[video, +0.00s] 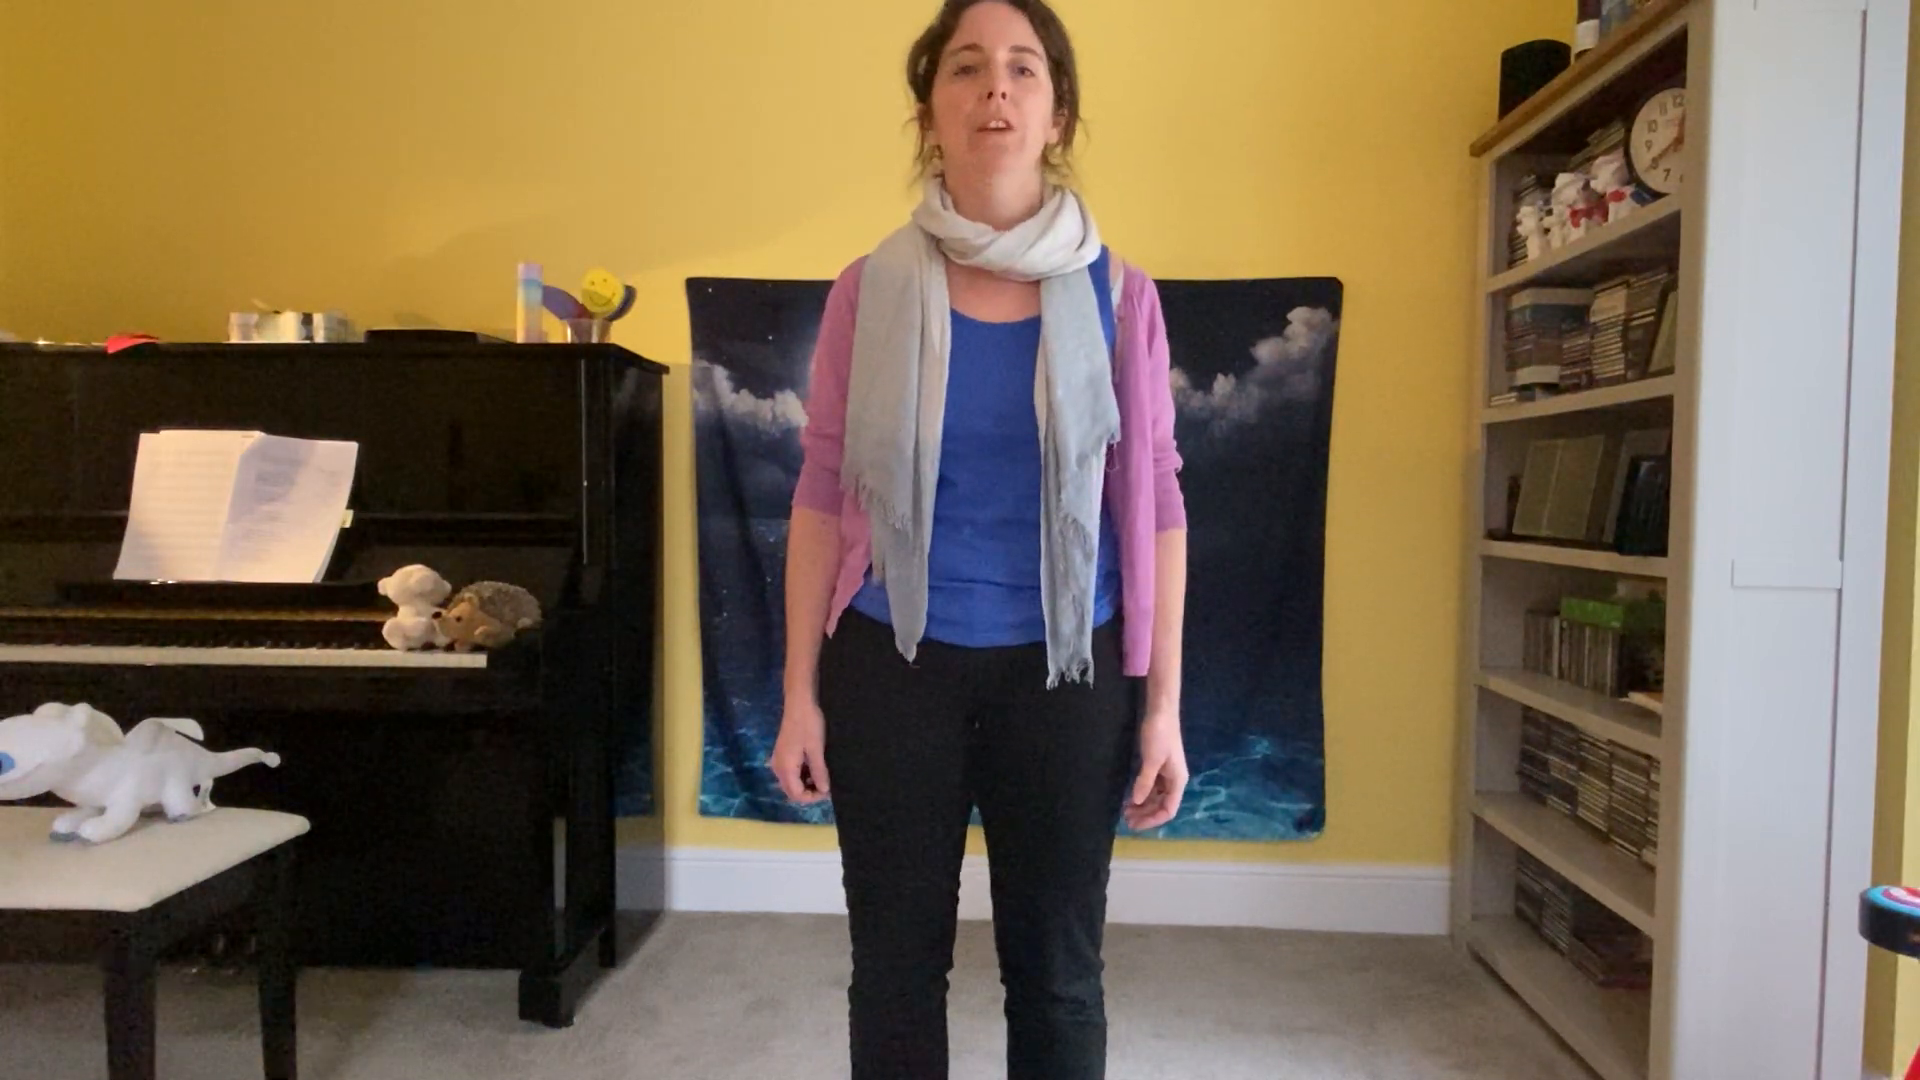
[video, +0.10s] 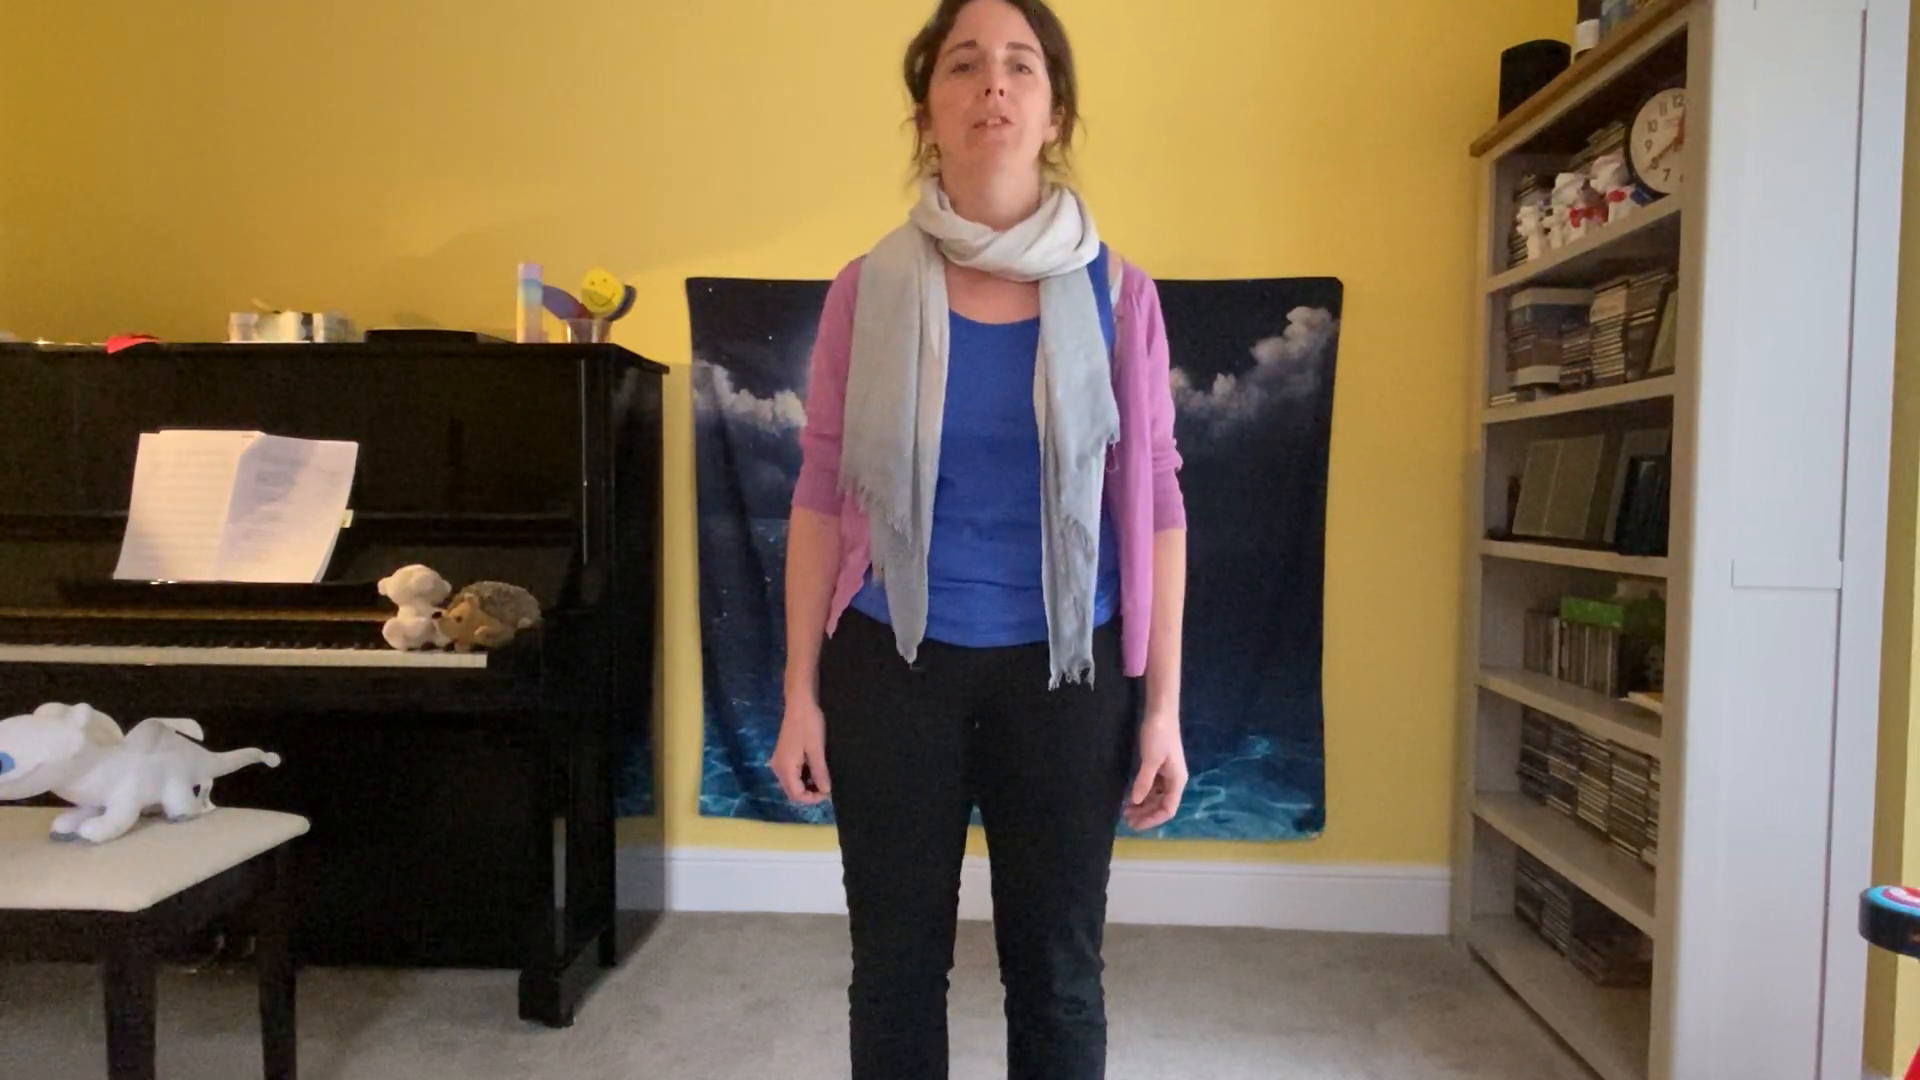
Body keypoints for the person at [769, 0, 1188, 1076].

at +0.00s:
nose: (995, 86)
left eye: (1021, 68)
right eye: (967, 67)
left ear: (1058, 110)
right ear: (929, 111)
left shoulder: (1120, 298)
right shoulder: (867, 293)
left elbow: (1155, 503)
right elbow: (820, 496)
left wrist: (1162, 700)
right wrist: (797, 690)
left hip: (1067, 678)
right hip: (889, 672)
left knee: (1058, 981)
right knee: (895, 978)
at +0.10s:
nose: (992, 82)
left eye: (1019, 64)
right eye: (964, 64)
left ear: (1056, 109)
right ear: (926, 112)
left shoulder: (1119, 296)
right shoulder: (866, 292)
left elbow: (1155, 502)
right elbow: (819, 496)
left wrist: (1162, 701)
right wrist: (798, 689)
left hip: (1066, 677)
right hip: (889, 673)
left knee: (1059, 984)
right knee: (894, 982)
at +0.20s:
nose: (989, 79)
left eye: (1016, 61)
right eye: (960, 62)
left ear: (1054, 105)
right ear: (924, 110)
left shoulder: (1119, 296)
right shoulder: (863, 293)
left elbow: (1156, 503)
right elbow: (819, 498)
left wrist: (1162, 701)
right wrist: (798, 691)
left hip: (1067, 679)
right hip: (888, 673)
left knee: (1059, 983)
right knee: (894, 982)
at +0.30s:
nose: (988, 81)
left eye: (1014, 62)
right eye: (958, 65)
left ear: (1054, 105)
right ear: (922, 113)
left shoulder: (1119, 294)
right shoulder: (863, 292)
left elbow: (1155, 500)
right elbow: (818, 497)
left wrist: (1162, 700)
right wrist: (796, 690)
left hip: (1066, 681)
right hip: (888, 676)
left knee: (1058, 985)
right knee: (893, 986)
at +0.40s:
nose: (987, 88)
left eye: (1014, 67)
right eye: (958, 68)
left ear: (1053, 106)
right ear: (921, 112)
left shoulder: (1119, 295)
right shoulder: (861, 292)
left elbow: (1156, 502)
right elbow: (817, 497)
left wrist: (1164, 696)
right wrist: (795, 689)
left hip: (1066, 681)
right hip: (886, 676)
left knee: (1057, 981)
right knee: (893, 981)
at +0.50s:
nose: (988, 90)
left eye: (1015, 70)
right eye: (959, 70)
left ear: (1054, 110)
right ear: (922, 114)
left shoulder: (1119, 296)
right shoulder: (862, 292)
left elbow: (1156, 503)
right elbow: (816, 495)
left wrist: (1165, 698)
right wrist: (793, 689)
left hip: (1066, 682)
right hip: (886, 676)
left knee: (1058, 986)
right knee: (893, 985)